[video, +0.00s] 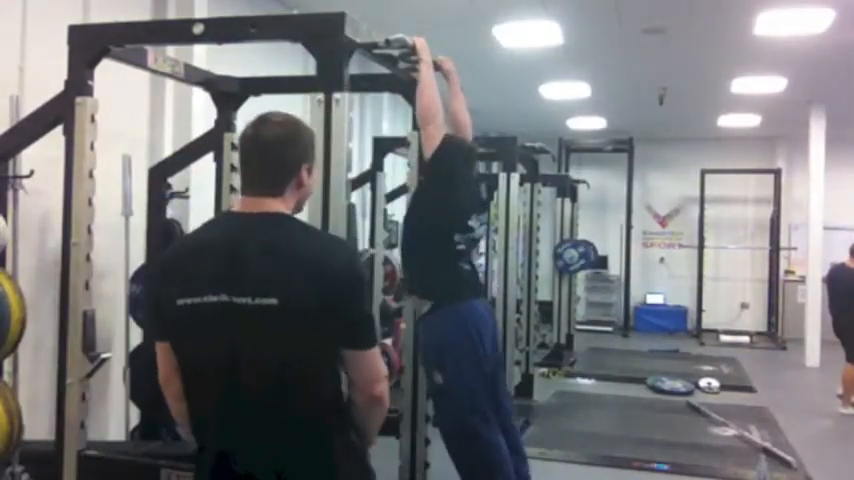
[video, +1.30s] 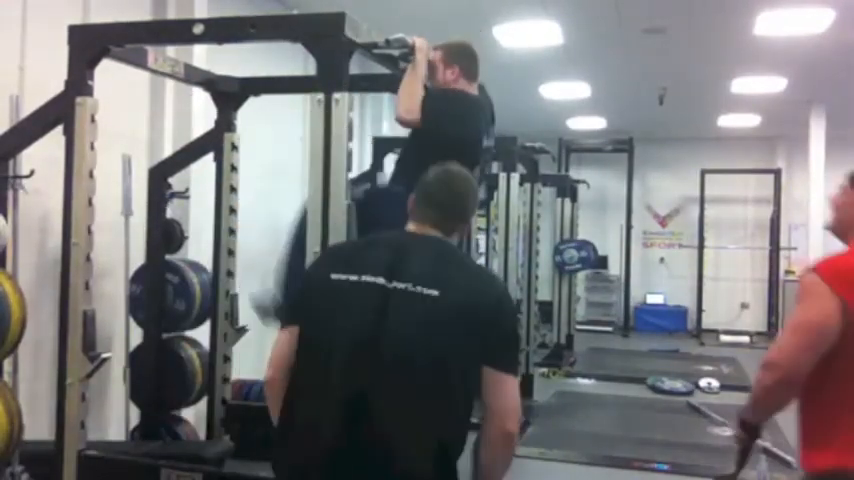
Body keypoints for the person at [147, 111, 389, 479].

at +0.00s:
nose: (314, 179)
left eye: (313, 169)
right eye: (314, 171)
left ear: (243, 169)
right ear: (303, 177)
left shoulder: (177, 261)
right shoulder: (331, 258)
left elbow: (171, 385)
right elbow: (372, 389)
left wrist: (205, 446)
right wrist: (355, 446)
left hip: (221, 463)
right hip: (315, 463)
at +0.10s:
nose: (319, 181)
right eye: (320, 173)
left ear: (251, 168)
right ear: (311, 179)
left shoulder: (187, 258)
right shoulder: (339, 262)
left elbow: (173, 381)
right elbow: (380, 391)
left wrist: (200, 451)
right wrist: (382, 452)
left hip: (225, 462)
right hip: (320, 462)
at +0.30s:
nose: (347, 178)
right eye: (346, 170)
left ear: (279, 171)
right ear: (339, 179)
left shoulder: (219, 256)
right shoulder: (369, 266)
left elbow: (193, 376)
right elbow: (406, 393)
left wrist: (207, 455)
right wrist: (423, 469)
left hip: (248, 461)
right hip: (342, 463)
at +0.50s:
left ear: (317, 172)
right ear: (377, 183)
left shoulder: (258, 253)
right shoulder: (405, 266)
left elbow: (232, 377)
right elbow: (442, 398)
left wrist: (253, 450)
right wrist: (451, 471)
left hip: (283, 461)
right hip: (376, 463)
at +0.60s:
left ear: (336, 172)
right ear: (395, 185)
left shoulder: (278, 251)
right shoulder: (420, 266)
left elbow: (253, 375)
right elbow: (456, 399)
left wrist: (283, 444)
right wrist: (463, 471)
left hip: (300, 459)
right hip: (391, 463)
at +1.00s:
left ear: (383, 164)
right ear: (448, 181)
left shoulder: (321, 243)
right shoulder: (469, 266)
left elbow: (282, 359)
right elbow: (498, 401)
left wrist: (315, 417)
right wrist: (491, 472)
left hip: (323, 452)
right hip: (417, 460)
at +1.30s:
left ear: (409, 205)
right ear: (467, 225)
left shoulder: (334, 261)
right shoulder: (487, 294)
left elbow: (276, 376)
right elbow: (504, 426)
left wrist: (295, 443)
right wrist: (486, 474)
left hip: (317, 460)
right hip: (418, 466)